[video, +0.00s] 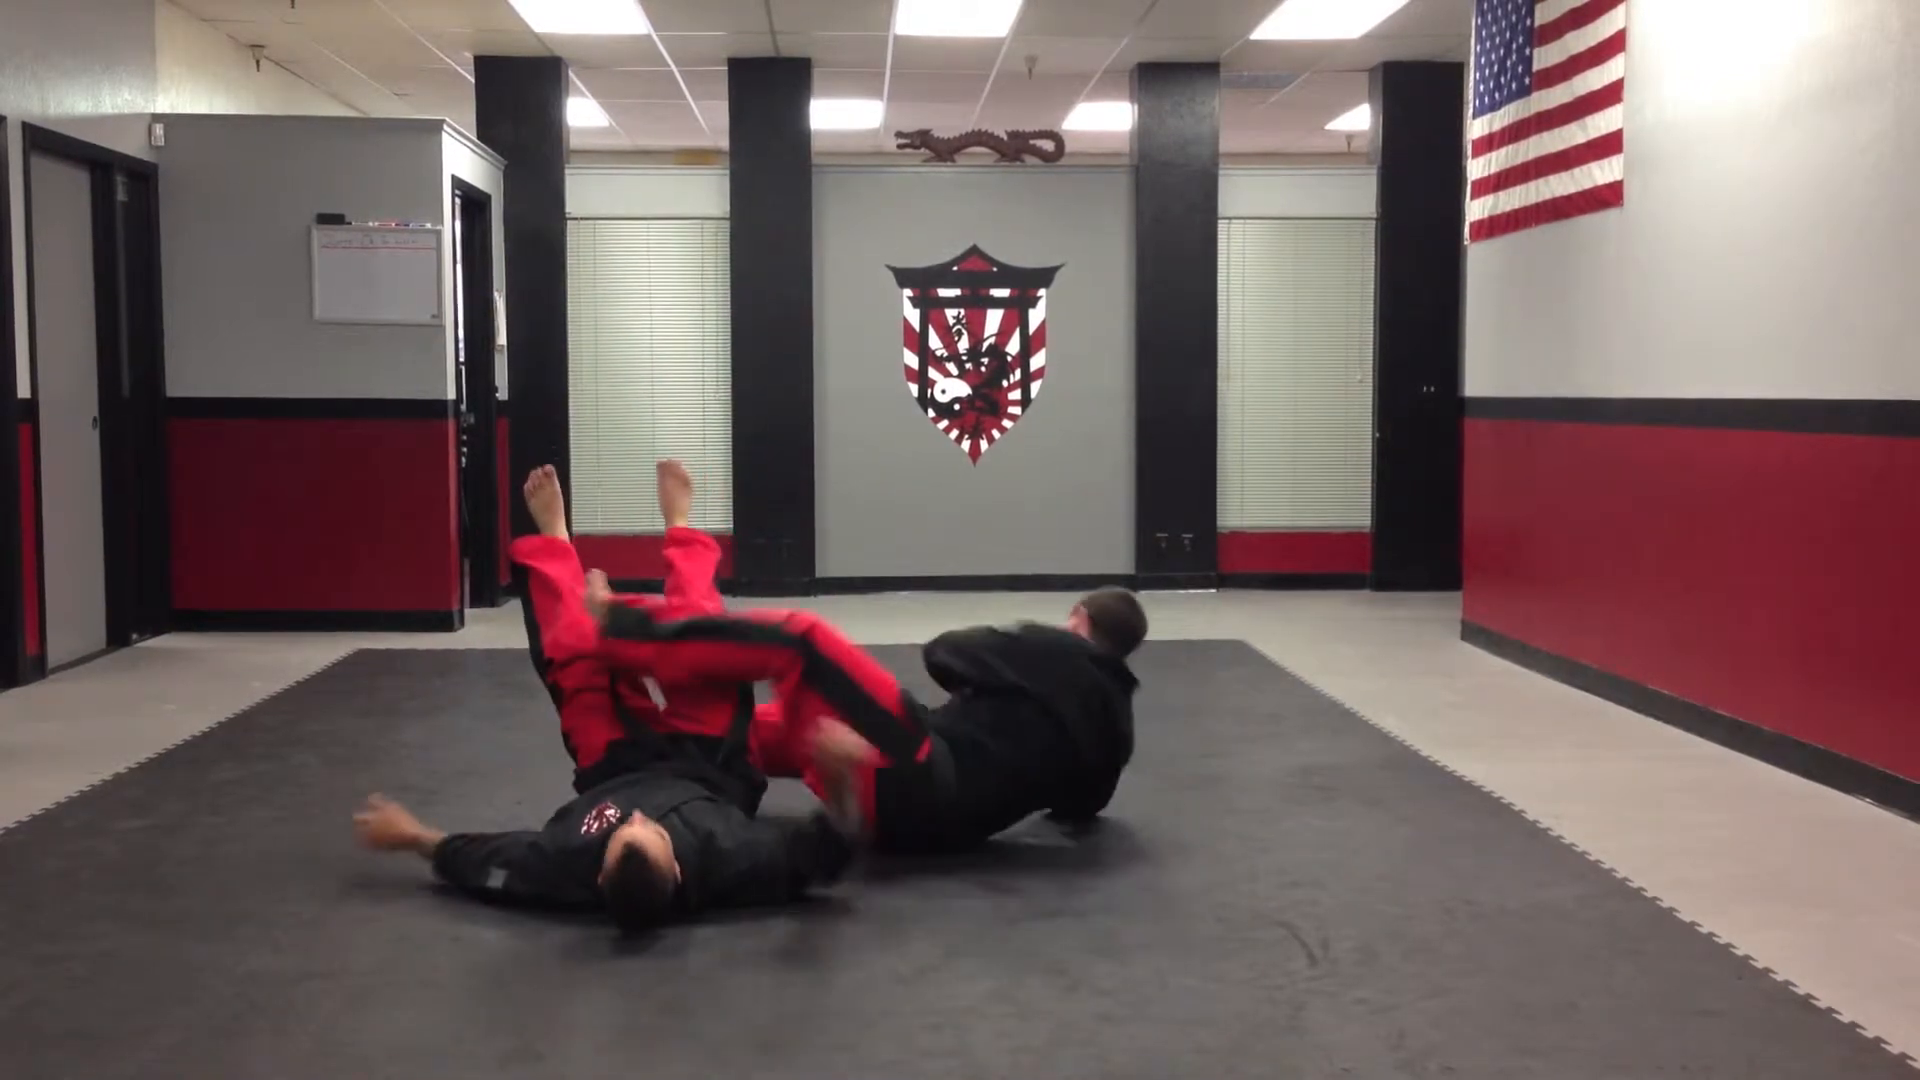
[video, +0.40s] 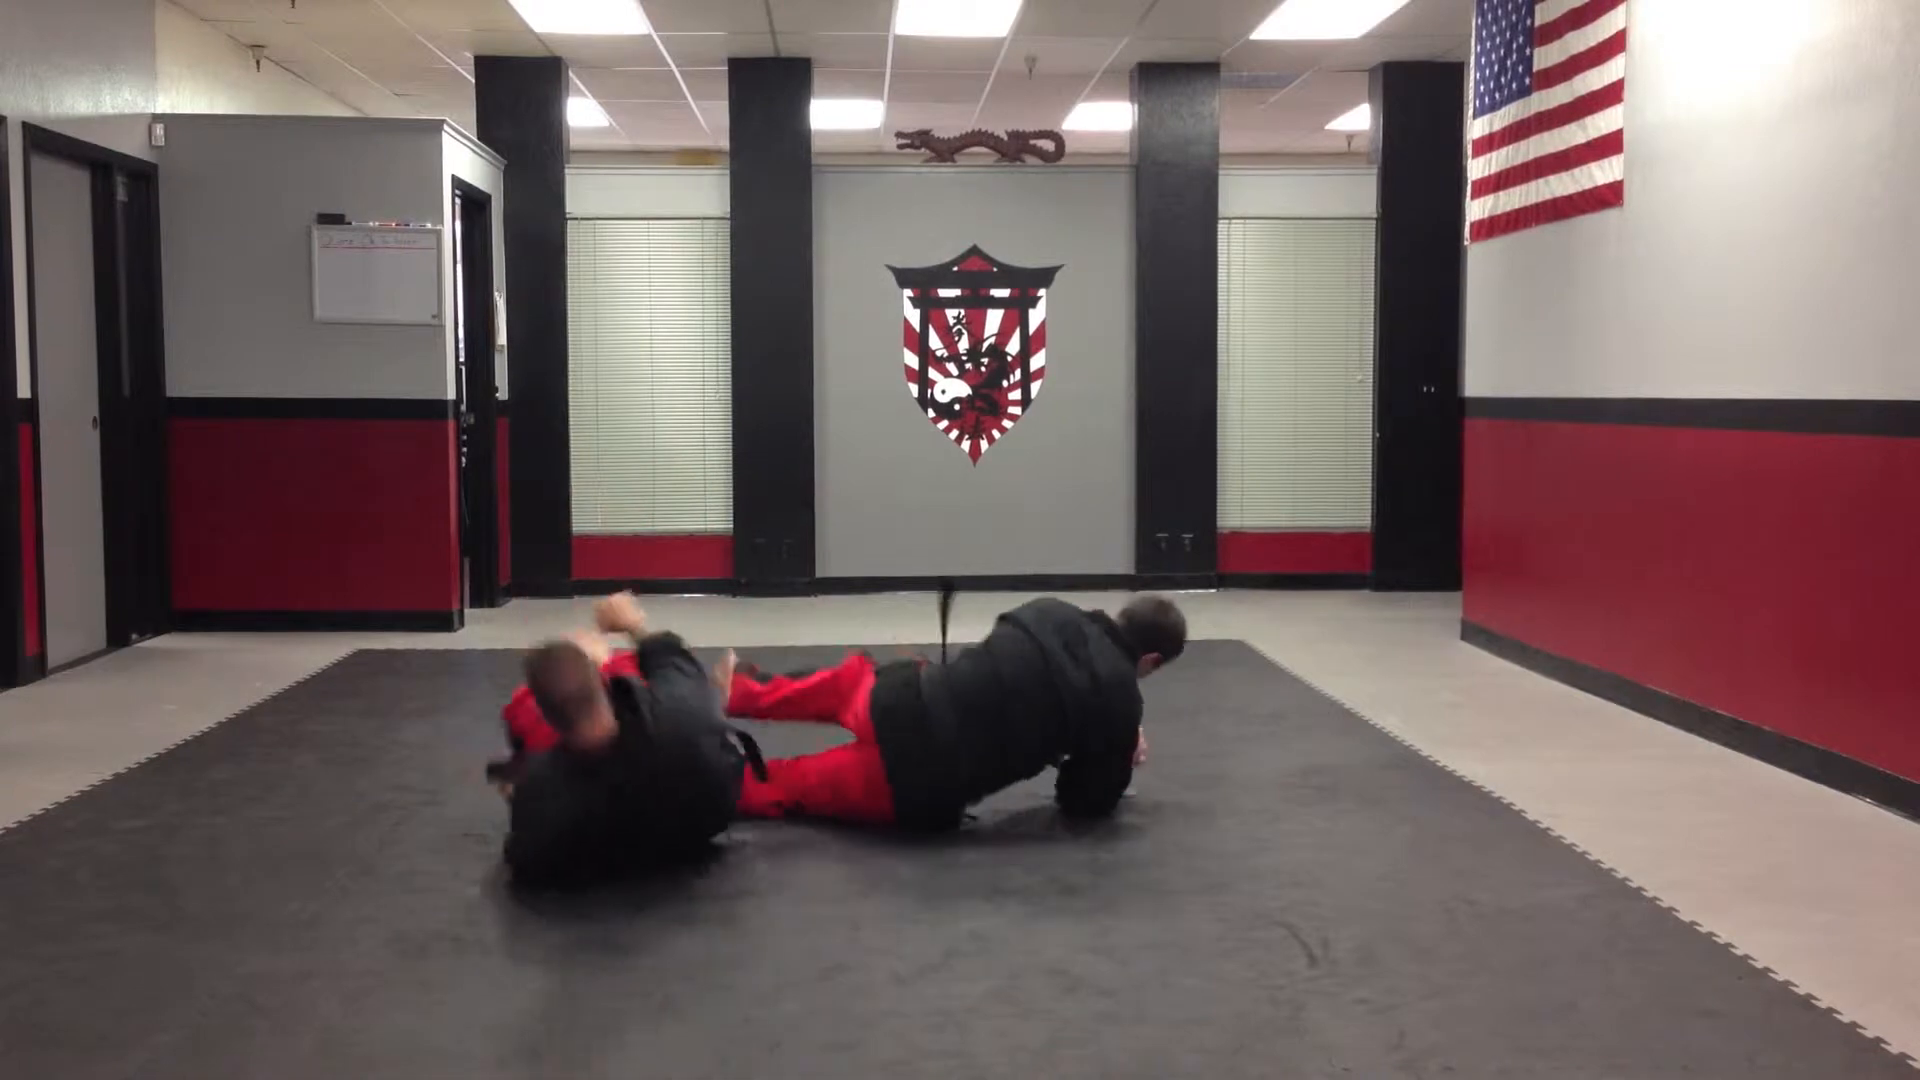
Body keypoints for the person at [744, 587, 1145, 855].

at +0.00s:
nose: (1067, 623)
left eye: (1071, 617)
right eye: (1071, 618)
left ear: (1080, 621)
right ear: (1127, 651)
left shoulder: (1053, 649)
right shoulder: (1117, 729)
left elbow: (941, 654)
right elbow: (1077, 809)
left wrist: (986, 698)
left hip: (923, 767)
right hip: (931, 829)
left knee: (800, 636)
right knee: (793, 734)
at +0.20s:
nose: (1071, 603)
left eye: (1077, 600)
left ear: (1077, 607)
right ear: (1127, 651)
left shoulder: (1024, 619)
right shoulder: (1114, 711)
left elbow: (947, 673)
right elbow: (1084, 806)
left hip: (910, 745)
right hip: (913, 822)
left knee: (838, 620)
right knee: (792, 763)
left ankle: (738, 676)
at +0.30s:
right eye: (1146, 647)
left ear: (1092, 607)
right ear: (1138, 653)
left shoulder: (1030, 615)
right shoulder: (1116, 713)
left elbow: (981, 667)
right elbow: (1086, 807)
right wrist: (1125, 760)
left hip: (898, 718)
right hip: (912, 805)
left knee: (846, 647)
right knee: (786, 780)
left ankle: (753, 682)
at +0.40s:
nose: (1153, 673)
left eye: (1156, 665)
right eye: (1159, 666)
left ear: (1119, 615)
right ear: (1151, 659)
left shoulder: (1050, 611)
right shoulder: (1116, 705)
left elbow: (1024, 685)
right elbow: (1084, 806)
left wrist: (1105, 728)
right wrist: (1123, 759)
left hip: (890, 698)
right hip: (910, 783)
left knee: (855, 678)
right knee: (770, 785)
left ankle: (739, 691)